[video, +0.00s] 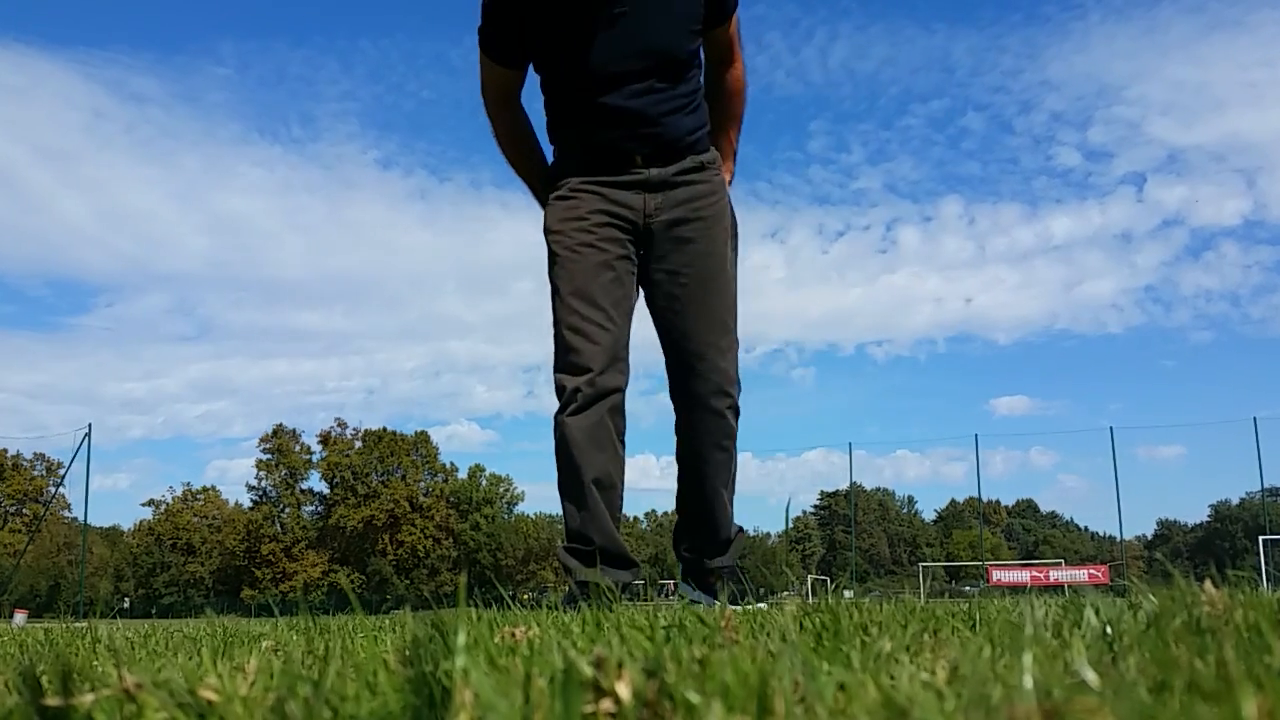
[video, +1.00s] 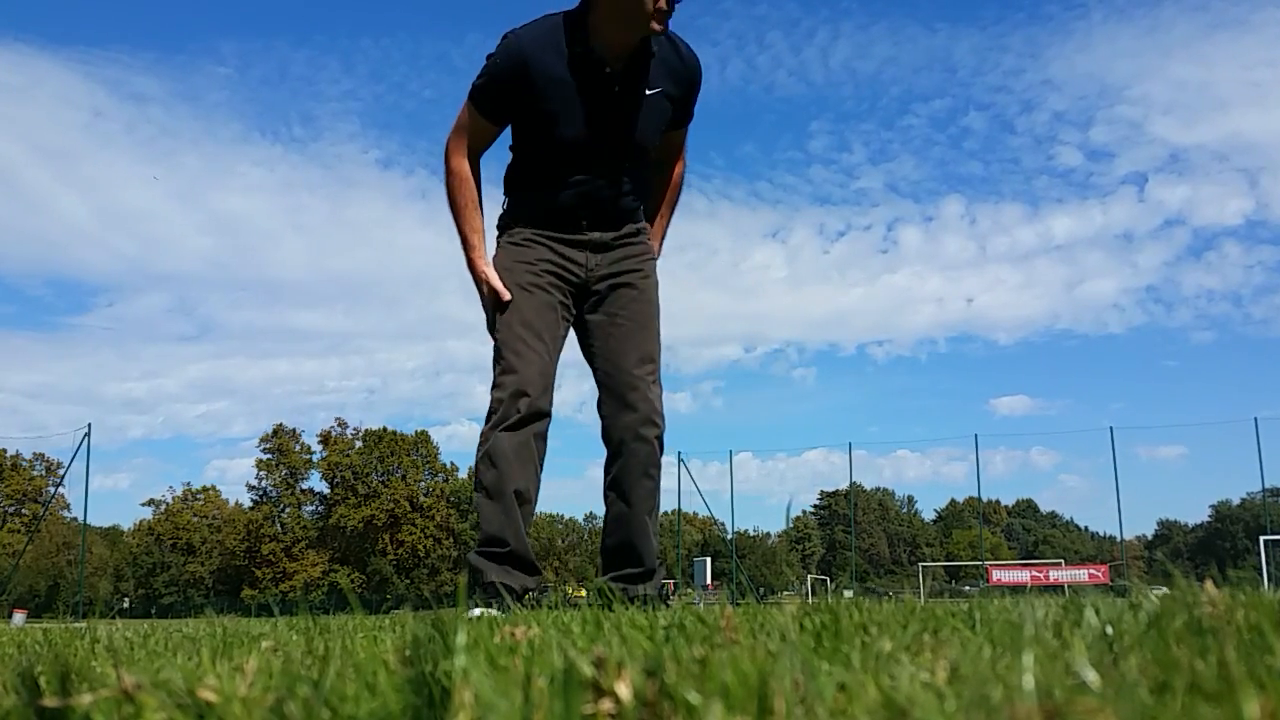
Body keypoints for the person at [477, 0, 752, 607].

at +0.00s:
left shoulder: (709, 6)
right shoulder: (513, 10)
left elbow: (725, 60)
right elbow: (500, 98)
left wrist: (722, 163)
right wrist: (549, 190)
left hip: (693, 186)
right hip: (586, 192)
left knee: (711, 386)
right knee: (589, 382)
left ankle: (710, 573)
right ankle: (595, 575)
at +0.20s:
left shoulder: (695, 5)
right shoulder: (522, 9)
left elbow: (717, 91)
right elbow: (489, 115)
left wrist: (712, 196)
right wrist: (535, 212)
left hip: (675, 207)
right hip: (577, 205)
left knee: (666, 397)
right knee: (584, 385)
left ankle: (648, 575)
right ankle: (594, 572)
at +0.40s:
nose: (640, 4)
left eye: (648, 1)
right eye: (631, 1)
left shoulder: (699, 24)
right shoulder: (545, 24)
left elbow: (708, 133)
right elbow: (490, 133)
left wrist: (700, 232)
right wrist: (525, 234)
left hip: (662, 230)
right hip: (573, 224)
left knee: (660, 409)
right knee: (582, 391)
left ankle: (643, 578)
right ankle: (594, 572)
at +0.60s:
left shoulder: (702, 52)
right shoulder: (555, 35)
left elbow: (696, 153)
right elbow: (492, 132)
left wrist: (674, 244)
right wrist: (515, 237)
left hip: (654, 241)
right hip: (564, 230)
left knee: (655, 410)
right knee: (565, 383)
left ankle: (637, 575)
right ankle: (571, 568)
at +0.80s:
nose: (687, 3)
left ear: (680, 6)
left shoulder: (694, 61)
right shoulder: (552, 38)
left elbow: (684, 160)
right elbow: (484, 132)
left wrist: (655, 240)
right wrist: (499, 236)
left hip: (643, 242)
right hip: (556, 230)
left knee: (649, 410)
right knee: (546, 375)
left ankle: (636, 578)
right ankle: (517, 570)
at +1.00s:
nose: (668, 3)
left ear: (666, 6)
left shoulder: (677, 65)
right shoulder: (527, 52)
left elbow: (671, 157)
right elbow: (462, 147)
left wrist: (648, 247)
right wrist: (477, 258)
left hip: (626, 249)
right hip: (534, 243)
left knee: (638, 413)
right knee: (521, 402)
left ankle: (636, 584)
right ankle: (500, 583)